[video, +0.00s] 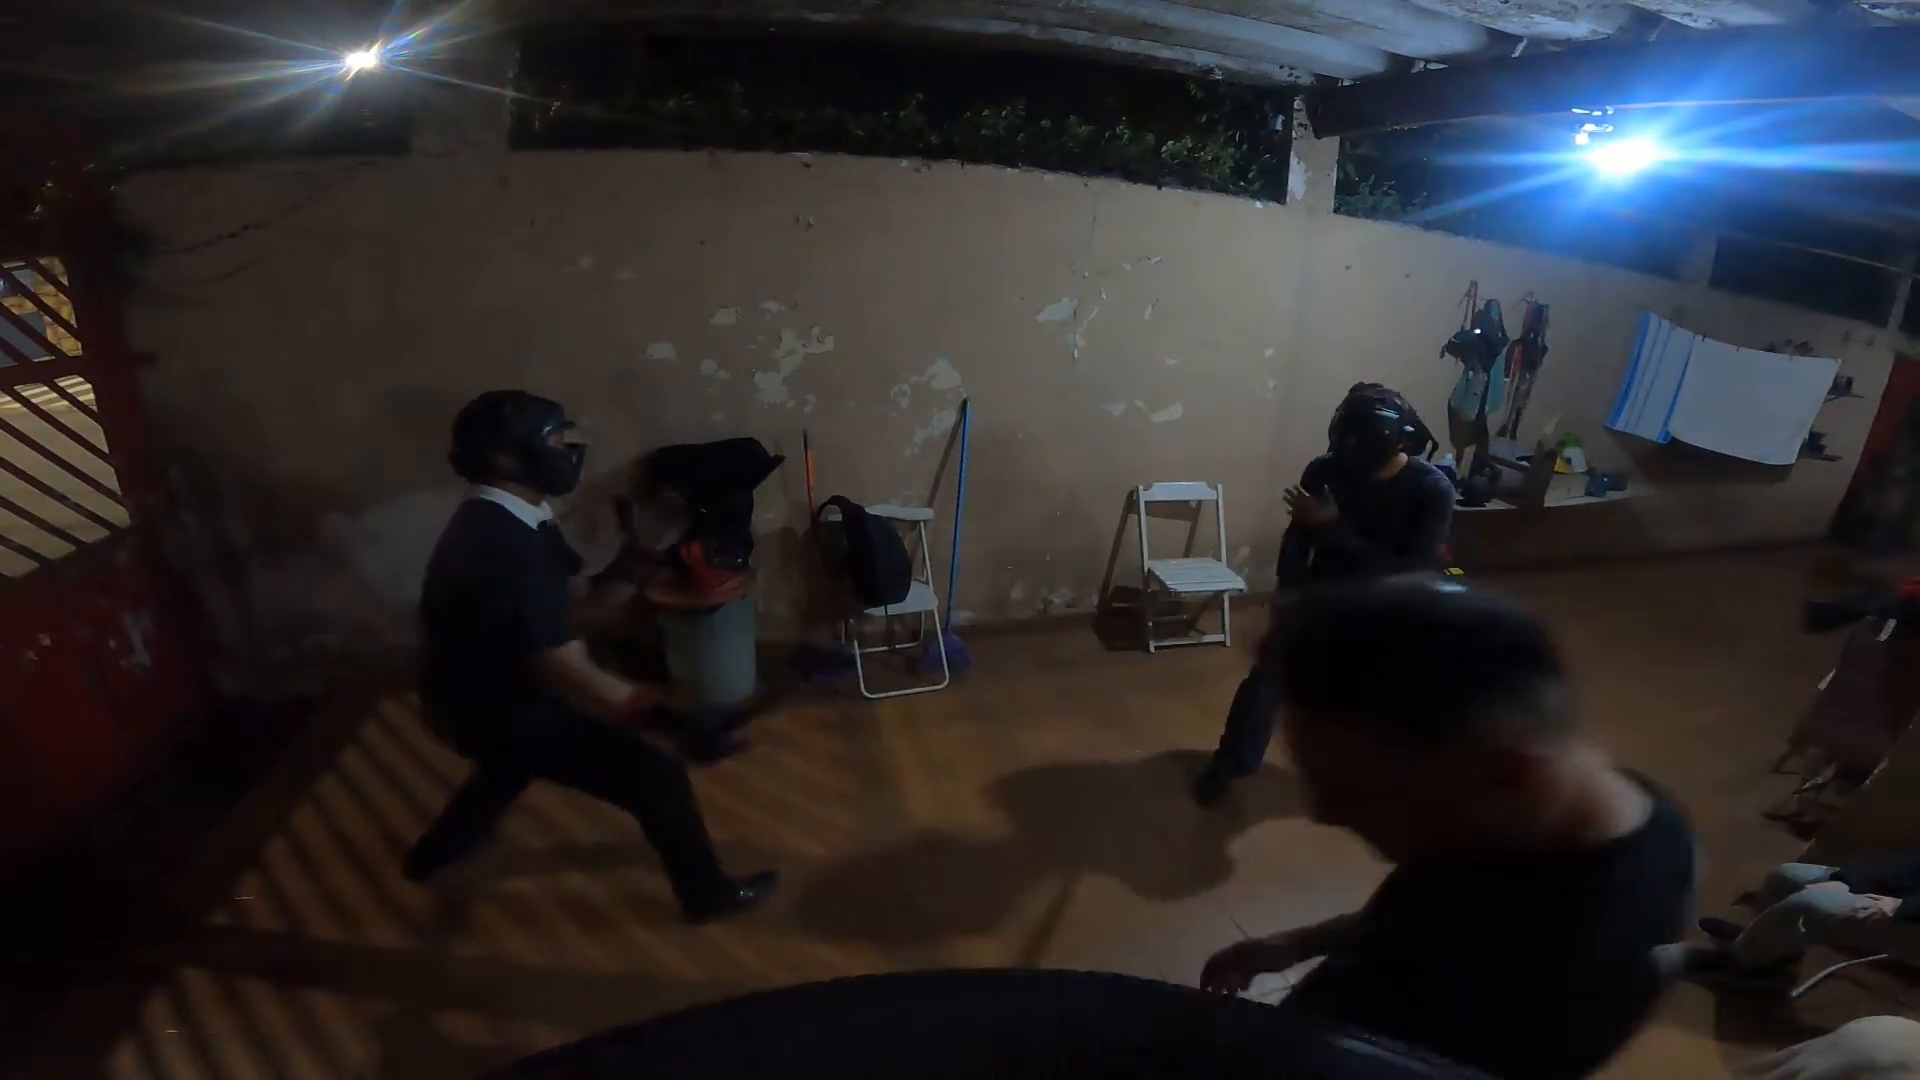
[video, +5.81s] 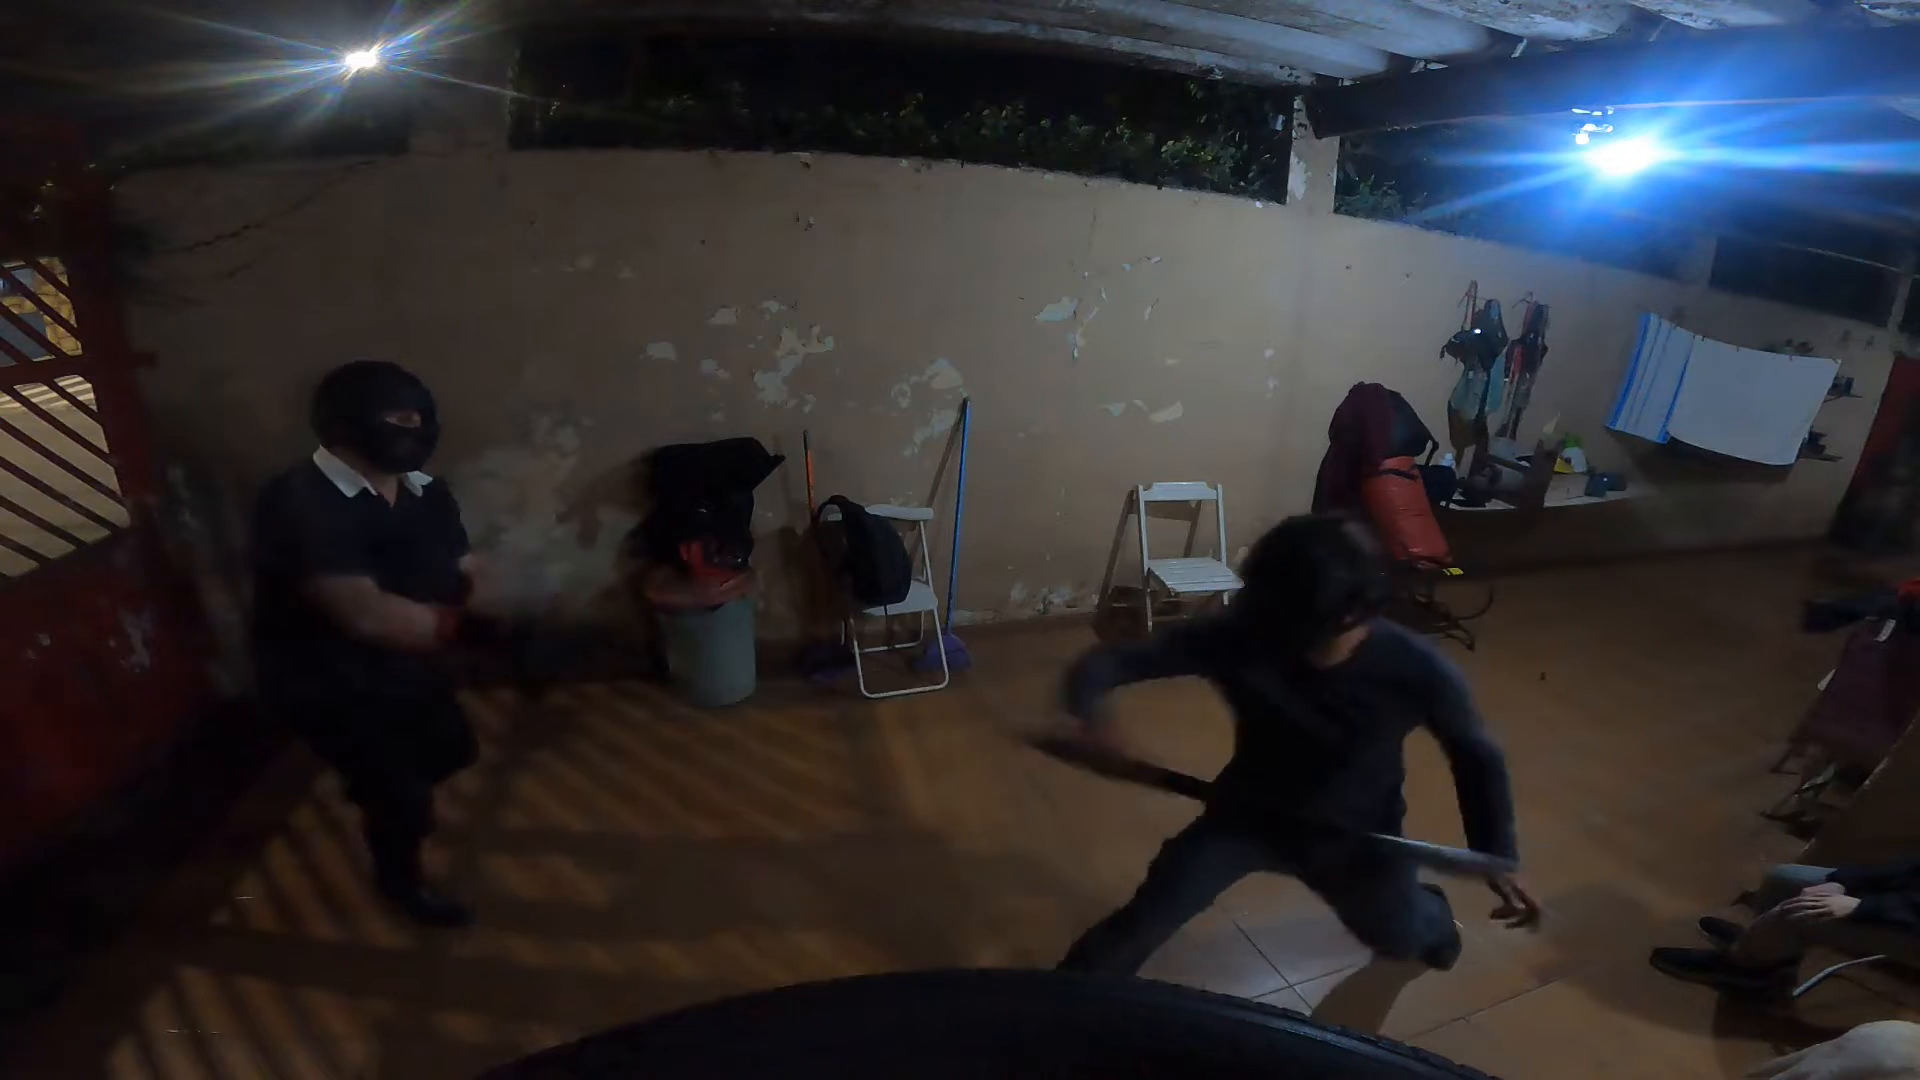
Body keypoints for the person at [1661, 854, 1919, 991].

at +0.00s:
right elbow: (1911, 867)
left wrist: (1903, 908)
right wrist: (1848, 875)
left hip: (1905, 924)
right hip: (1898, 888)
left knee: (1807, 904)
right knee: (1786, 876)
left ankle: (1739, 958)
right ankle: (1755, 939)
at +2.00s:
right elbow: (1910, 870)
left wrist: (1904, 909)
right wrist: (1845, 879)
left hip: (1911, 922)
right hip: (1903, 893)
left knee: (1805, 906)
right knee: (1785, 876)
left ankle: (1738, 962)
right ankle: (1755, 942)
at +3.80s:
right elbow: (1911, 869)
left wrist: (1878, 908)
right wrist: (1847, 881)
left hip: (1911, 924)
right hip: (1899, 893)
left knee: (1799, 912)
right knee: (1783, 878)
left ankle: (1737, 963)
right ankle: (1766, 954)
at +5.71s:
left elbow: (1914, 915)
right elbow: (1908, 869)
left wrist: (1858, 908)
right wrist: (1845, 883)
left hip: (1912, 925)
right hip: (1903, 891)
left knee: (1794, 916)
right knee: (1782, 879)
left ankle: (1743, 962)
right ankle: (1757, 946)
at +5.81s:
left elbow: (1914, 916)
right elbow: (1908, 871)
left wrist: (1858, 908)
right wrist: (1844, 882)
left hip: (1911, 926)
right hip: (1902, 891)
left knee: (1795, 915)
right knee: (1781, 879)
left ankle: (1741, 962)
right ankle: (1756, 946)